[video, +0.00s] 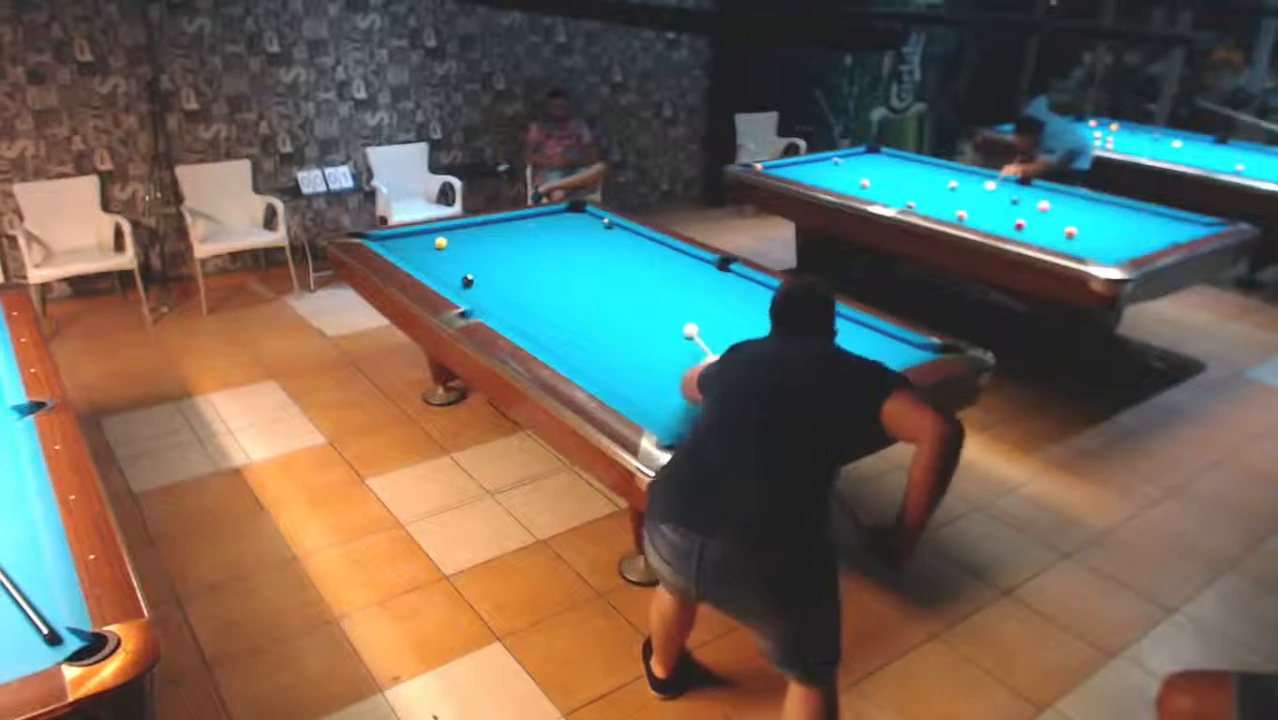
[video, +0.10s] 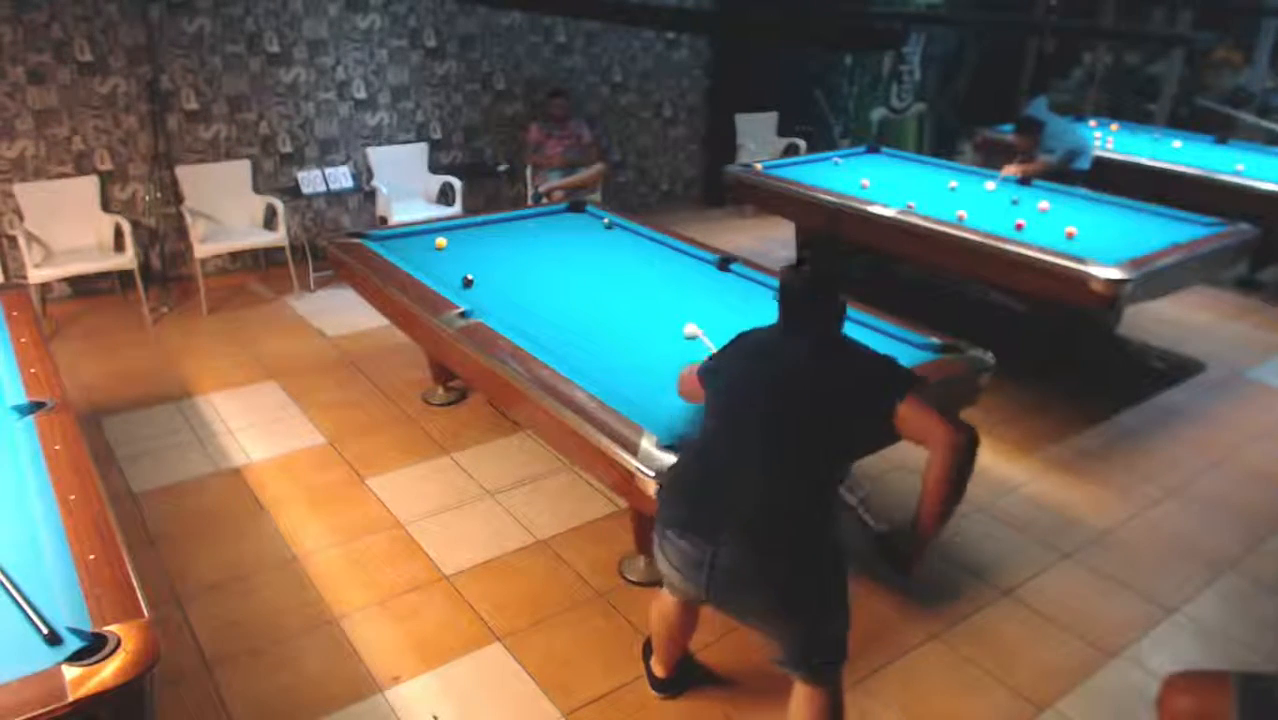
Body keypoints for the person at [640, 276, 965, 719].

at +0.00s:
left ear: (774, 320)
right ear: (830, 326)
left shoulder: (741, 356)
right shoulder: (857, 375)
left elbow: (691, 385)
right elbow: (939, 431)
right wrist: (905, 536)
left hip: (674, 524)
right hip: (770, 550)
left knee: (674, 586)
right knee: (810, 675)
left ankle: (663, 672)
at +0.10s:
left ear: (782, 307)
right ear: (839, 314)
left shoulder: (747, 346)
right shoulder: (870, 371)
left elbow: (688, 387)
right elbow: (953, 439)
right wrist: (921, 538)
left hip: (686, 519)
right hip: (781, 547)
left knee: (677, 589)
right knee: (815, 673)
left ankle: (663, 672)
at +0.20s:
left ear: (803, 285)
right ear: (864, 292)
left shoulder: (762, 337)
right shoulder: (896, 364)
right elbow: (972, 458)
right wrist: (928, 514)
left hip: (713, 546)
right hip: (813, 571)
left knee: (688, 609)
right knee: (825, 690)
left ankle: (662, 670)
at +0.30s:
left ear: (814, 277)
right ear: (884, 281)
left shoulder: (771, 336)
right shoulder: (908, 366)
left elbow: (687, 378)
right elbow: (994, 481)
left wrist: (723, 355)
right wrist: (961, 518)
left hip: (725, 562)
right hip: (829, 586)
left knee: (694, 611)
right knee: (832, 696)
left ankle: (666, 677)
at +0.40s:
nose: (817, 281)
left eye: (818, 270)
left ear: (823, 275)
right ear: (892, 276)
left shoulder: (777, 331)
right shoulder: (923, 367)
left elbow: (686, 353)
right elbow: (1007, 487)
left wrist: (700, 327)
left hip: (728, 559)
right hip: (831, 587)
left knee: (699, 606)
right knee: (833, 695)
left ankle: (669, 686)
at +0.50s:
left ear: (824, 265)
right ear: (895, 273)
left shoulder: (774, 326)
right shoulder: (923, 367)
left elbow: (684, 334)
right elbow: (1021, 478)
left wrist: (690, 296)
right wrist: (1036, 598)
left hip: (727, 555)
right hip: (830, 587)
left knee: (699, 604)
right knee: (831, 693)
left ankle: (671, 686)